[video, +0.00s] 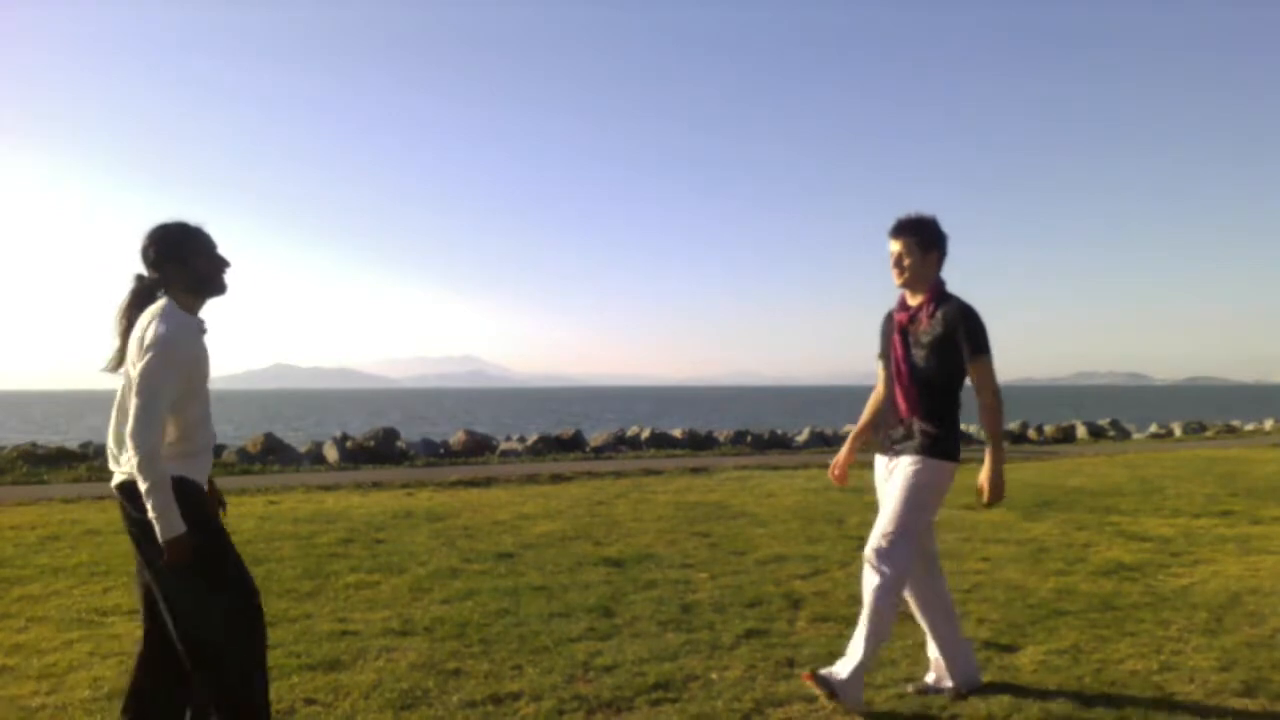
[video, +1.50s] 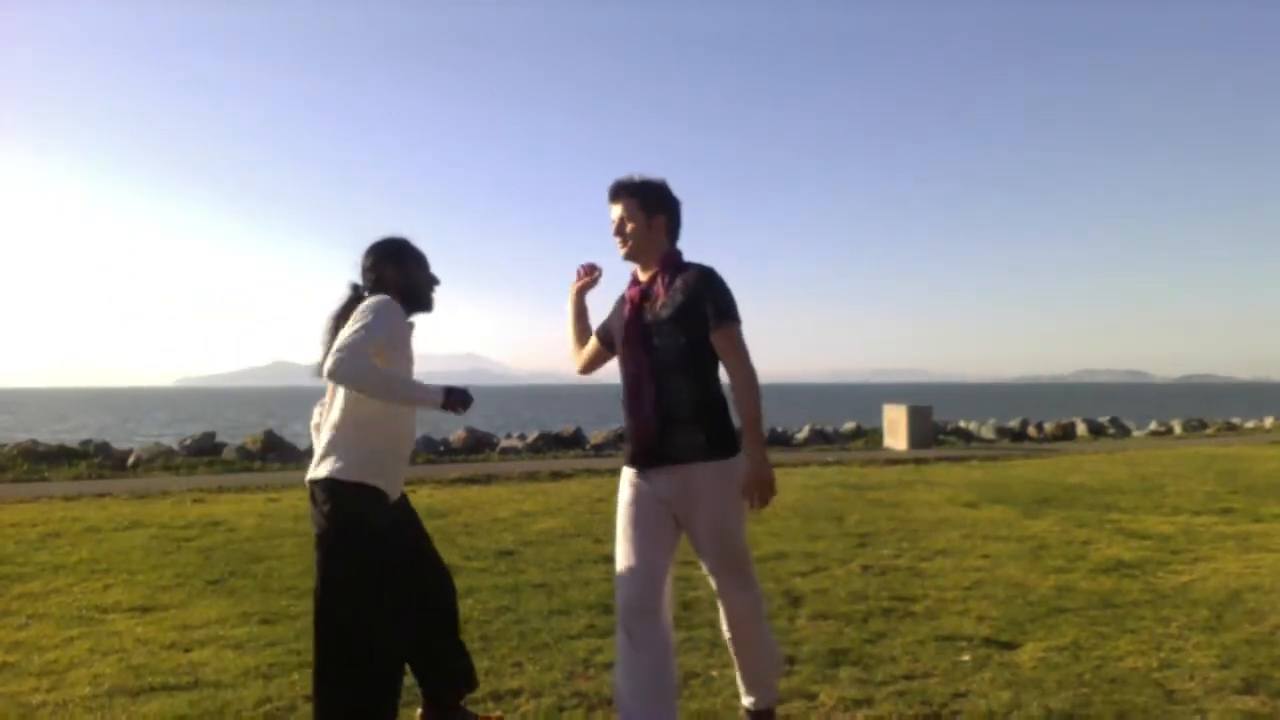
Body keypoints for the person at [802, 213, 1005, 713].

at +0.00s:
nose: (896, 265)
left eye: (905, 257)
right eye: (892, 258)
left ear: (934, 257)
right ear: (891, 261)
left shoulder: (958, 316)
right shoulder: (893, 320)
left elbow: (987, 391)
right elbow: (884, 389)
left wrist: (994, 460)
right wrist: (853, 440)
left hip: (929, 455)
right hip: (890, 453)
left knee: (883, 554)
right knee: (917, 565)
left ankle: (849, 677)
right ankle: (954, 669)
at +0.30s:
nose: (828, 262)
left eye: (839, 255)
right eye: (826, 254)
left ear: (869, 258)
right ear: (827, 259)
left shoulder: (889, 319)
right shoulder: (829, 320)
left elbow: (918, 399)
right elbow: (826, 397)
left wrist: (921, 473)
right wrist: (801, 456)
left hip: (864, 465)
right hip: (834, 462)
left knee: (824, 576)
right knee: (873, 570)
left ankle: (806, 698)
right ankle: (940, 654)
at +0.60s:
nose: (766, 255)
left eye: (775, 246)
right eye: (763, 247)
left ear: (807, 246)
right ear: (771, 251)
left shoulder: (827, 304)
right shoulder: (785, 305)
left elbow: (835, 389)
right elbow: (792, 382)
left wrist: (803, 458)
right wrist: (779, 446)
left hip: (812, 462)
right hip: (776, 456)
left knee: (796, 582)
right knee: (758, 565)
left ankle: (800, 699)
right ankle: (790, 664)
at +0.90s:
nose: (733, 256)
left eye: (742, 247)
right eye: (730, 248)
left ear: (775, 246)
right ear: (737, 251)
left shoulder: (793, 304)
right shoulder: (753, 305)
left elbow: (780, 381)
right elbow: (755, 385)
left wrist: (720, 439)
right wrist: (733, 442)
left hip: (781, 468)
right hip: (736, 461)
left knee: (779, 591)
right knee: (684, 574)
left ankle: (798, 702)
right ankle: (635, 691)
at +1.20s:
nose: (682, 255)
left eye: (691, 245)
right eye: (680, 247)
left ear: (725, 248)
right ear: (686, 252)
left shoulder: (751, 308)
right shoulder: (698, 314)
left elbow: (754, 397)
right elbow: (702, 402)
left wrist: (730, 475)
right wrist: (655, 409)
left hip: (746, 478)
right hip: (693, 477)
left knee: (761, 599)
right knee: (673, 603)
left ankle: (786, 704)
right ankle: (659, 710)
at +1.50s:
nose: (617, 234)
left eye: (626, 223)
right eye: (614, 225)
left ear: (661, 223)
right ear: (623, 231)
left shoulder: (700, 285)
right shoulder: (631, 301)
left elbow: (740, 369)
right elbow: (585, 360)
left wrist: (756, 453)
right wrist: (578, 299)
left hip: (708, 466)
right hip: (645, 470)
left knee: (734, 588)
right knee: (636, 600)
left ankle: (759, 701)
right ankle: (645, 713)